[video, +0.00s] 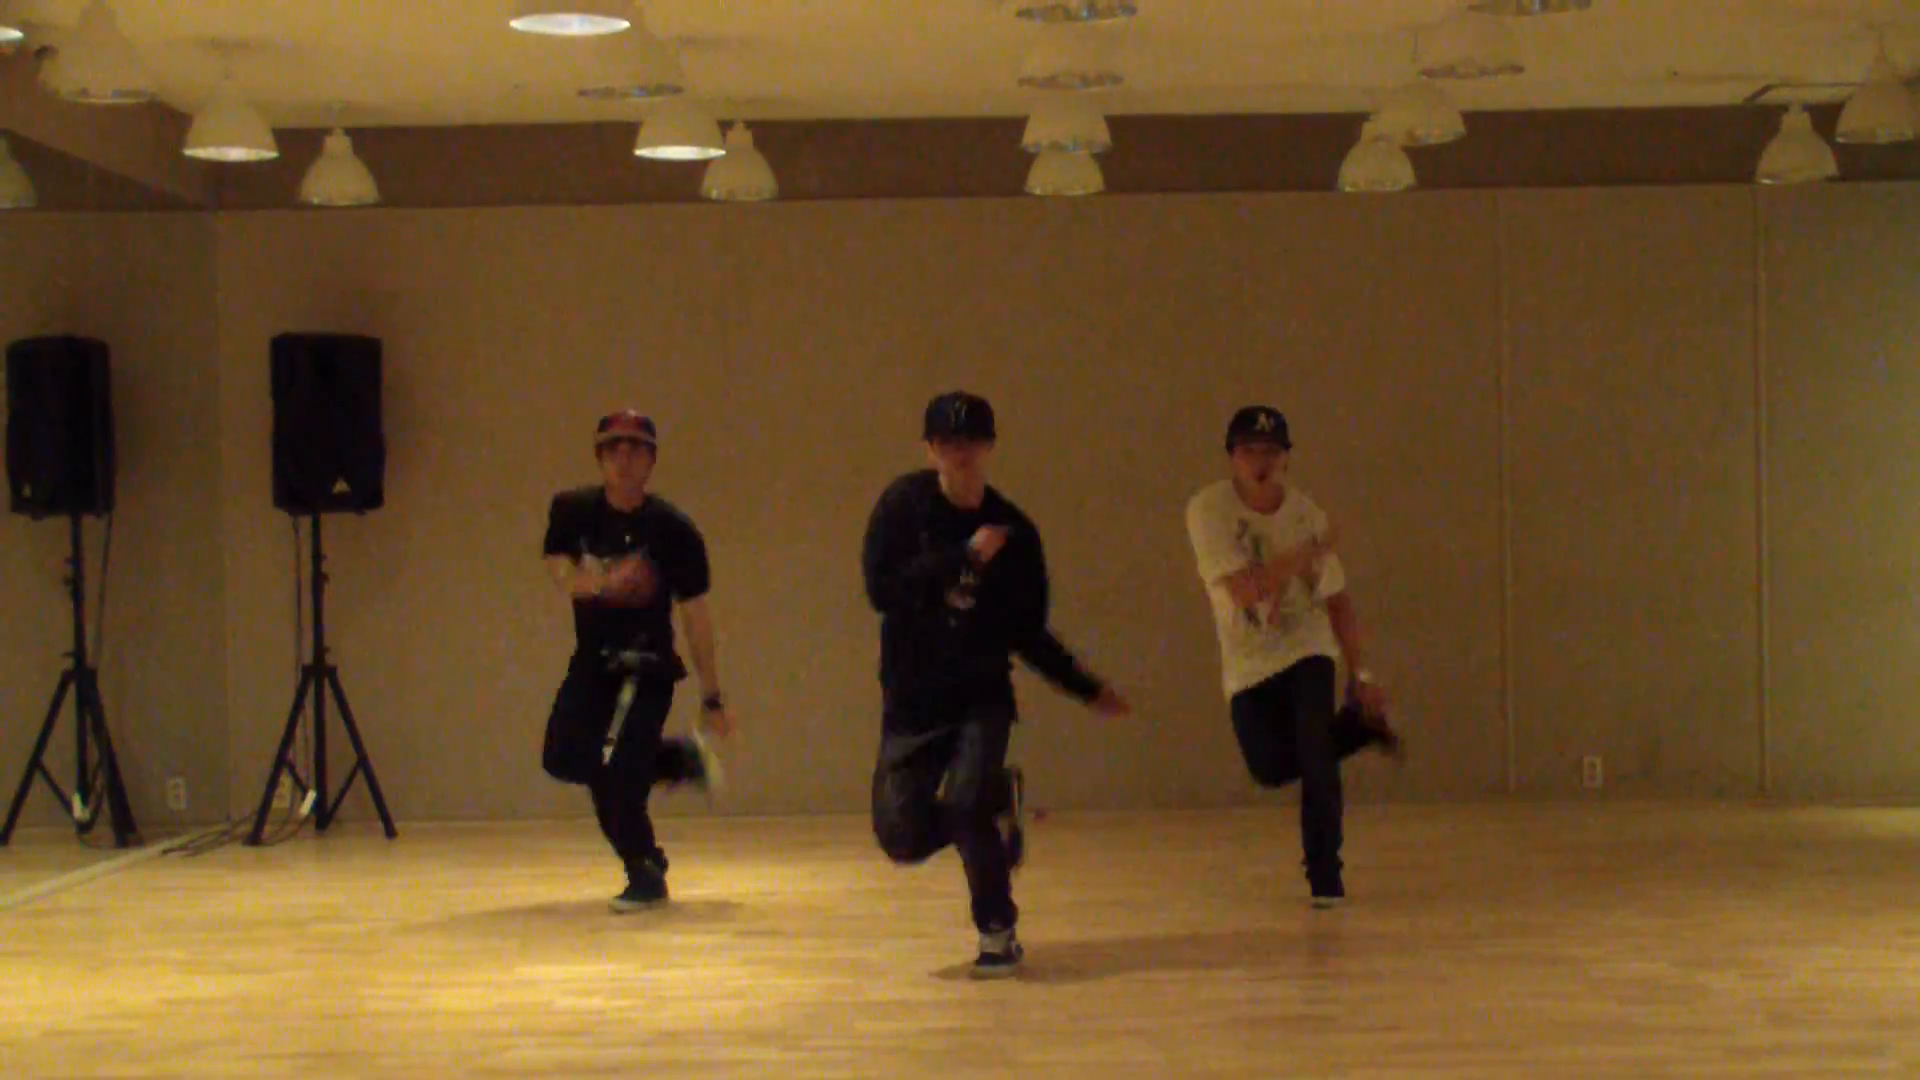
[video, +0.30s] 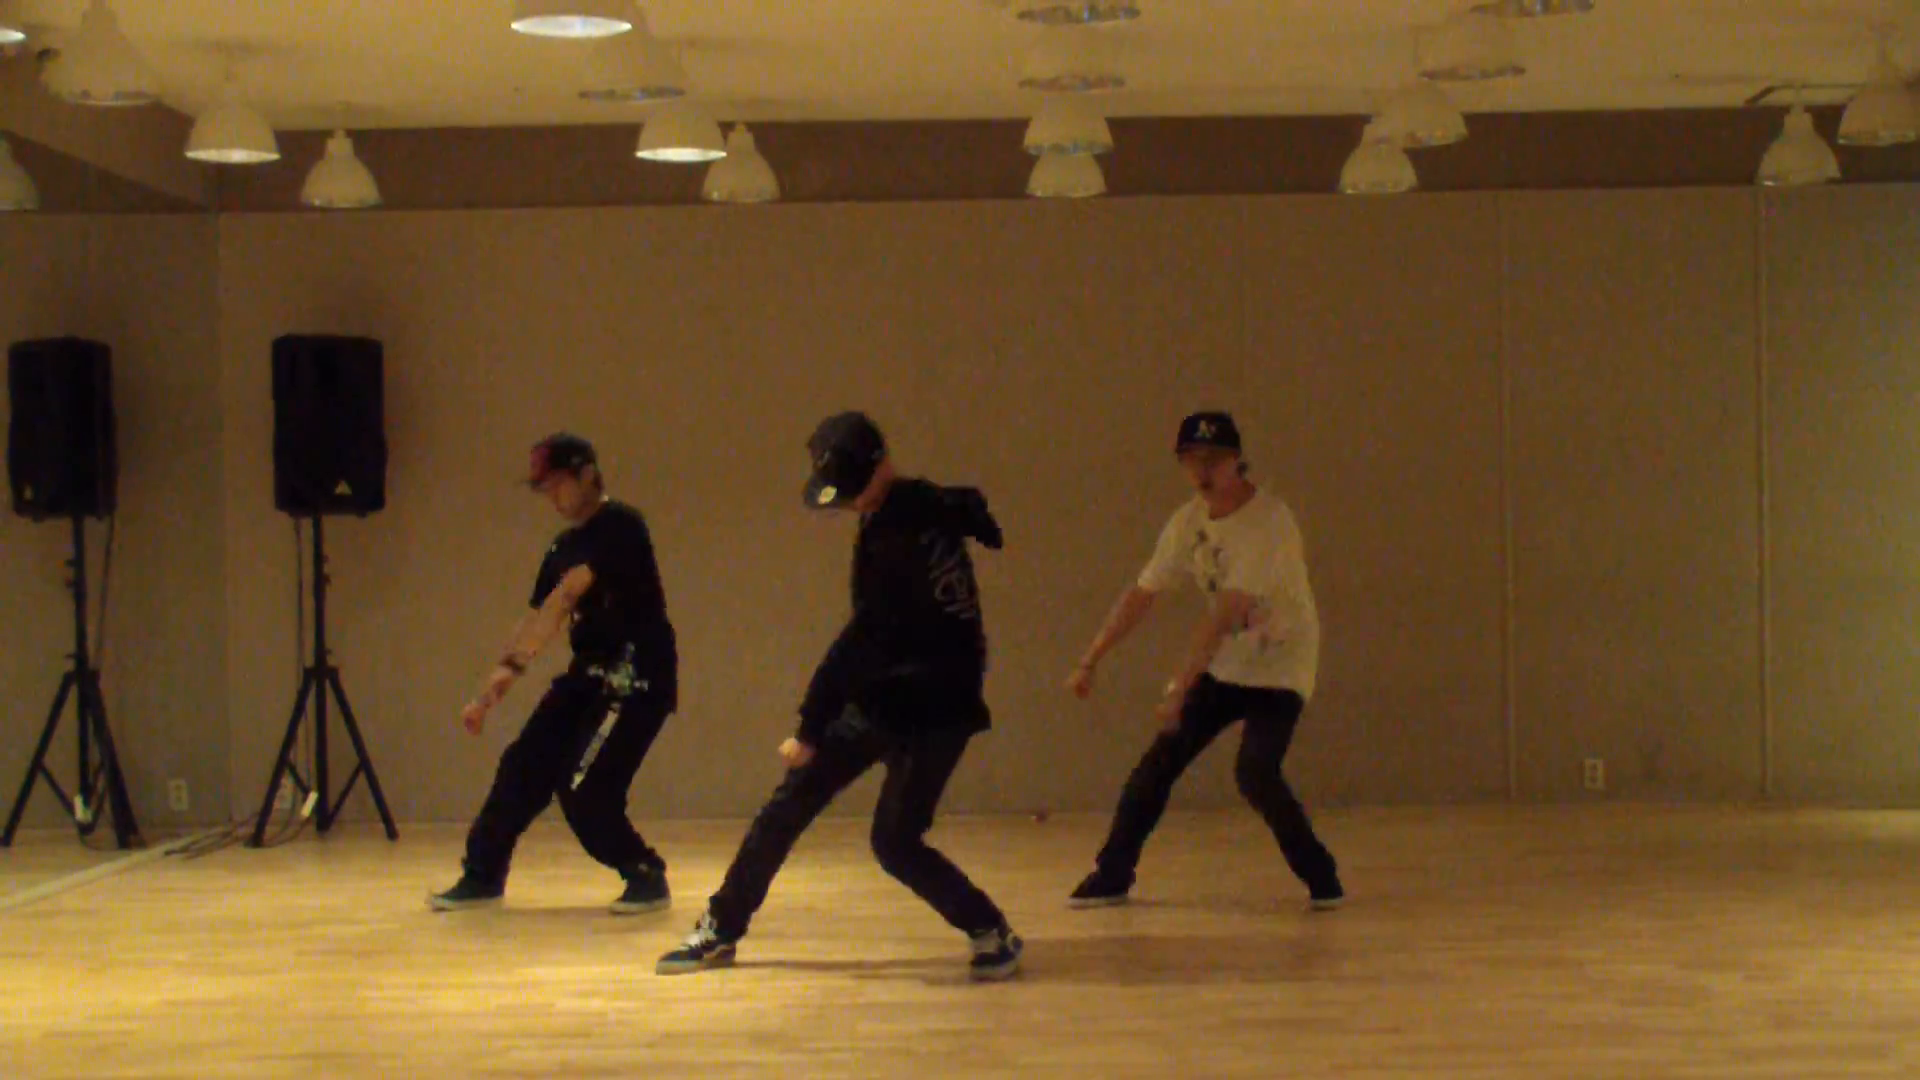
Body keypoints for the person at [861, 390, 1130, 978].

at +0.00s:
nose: (965, 460)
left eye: (975, 448)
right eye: (953, 449)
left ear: (990, 449)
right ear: (931, 450)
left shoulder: (1011, 528)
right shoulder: (902, 505)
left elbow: (1025, 631)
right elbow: (882, 593)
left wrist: (1087, 687)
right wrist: (964, 557)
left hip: (982, 693)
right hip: (913, 694)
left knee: (970, 802)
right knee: (900, 839)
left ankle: (995, 927)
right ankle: (991, 803)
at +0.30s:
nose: (847, 505)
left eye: (851, 493)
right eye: (839, 496)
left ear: (877, 469)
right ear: (871, 468)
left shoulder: (886, 536)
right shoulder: (917, 497)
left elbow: (869, 633)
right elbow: (968, 505)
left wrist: (810, 725)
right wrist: (988, 531)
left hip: (939, 709)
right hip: (879, 700)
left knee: (895, 841)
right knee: (787, 807)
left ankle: (989, 929)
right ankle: (720, 928)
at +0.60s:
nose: (832, 512)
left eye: (838, 496)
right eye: (822, 502)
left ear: (863, 471)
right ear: (811, 486)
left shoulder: (921, 509)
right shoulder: (841, 522)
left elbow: (926, 587)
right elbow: (853, 620)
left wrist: (866, 598)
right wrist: (829, 702)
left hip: (929, 707)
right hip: (861, 698)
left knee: (893, 848)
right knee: (778, 803)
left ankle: (998, 930)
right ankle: (718, 932)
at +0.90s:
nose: (889, 463)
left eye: (900, 450)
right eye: (878, 451)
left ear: (924, 449)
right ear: (862, 453)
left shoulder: (975, 507)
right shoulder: (855, 527)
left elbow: (1021, 580)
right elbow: (821, 621)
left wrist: (1008, 655)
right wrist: (770, 682)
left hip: (935, 698)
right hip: (863, 686)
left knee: (912, 844)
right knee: (776, 806)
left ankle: (1000, 933)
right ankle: (718, 933)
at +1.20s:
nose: (962, 382)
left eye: (976, 371)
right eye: (954, 370)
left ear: (1001, 376)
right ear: (942, 371)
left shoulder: (1010, 466)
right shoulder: (931, 400)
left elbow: (1030, 579)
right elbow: (921, 314)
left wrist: (977, 652)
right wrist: (922, 233)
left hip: (932, 644)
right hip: (874, 637)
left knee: (957, 793)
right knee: (901, 798)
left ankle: (1010, 929)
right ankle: (953, 928)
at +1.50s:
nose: (978, 387)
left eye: (991, 375)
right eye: (968, 375)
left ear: (1018, 377)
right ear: (957, 378)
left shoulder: (1028, 460)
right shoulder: (959, 443)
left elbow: (1047, 570)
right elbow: (917, 520)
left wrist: (998, 658)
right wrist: (909, 471)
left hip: (946, 640)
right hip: (900, 634)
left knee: (945, 792)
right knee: (914, 792)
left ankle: (1010, 929)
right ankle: (955, 931)